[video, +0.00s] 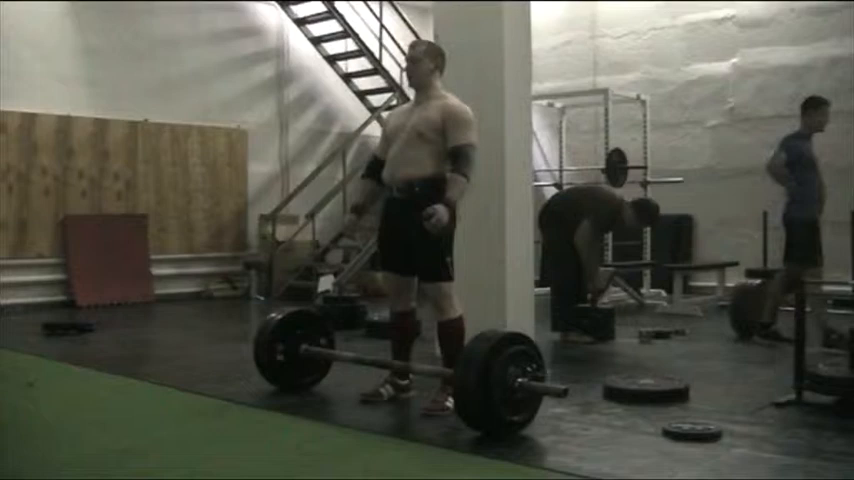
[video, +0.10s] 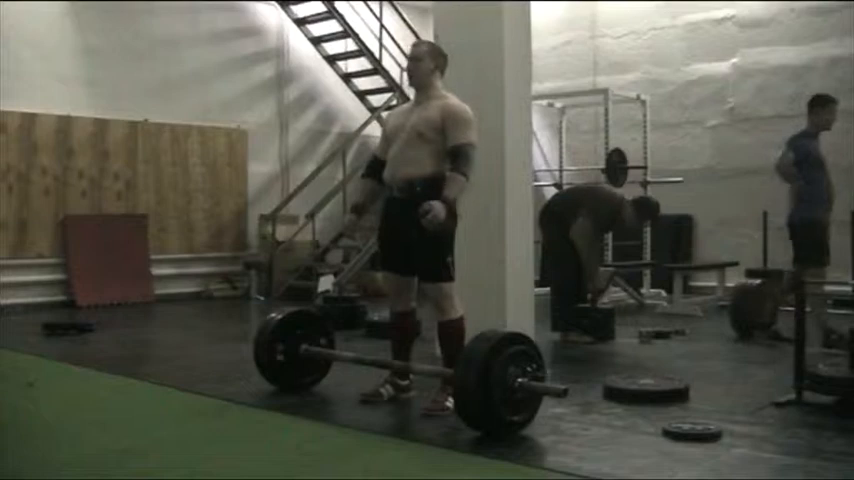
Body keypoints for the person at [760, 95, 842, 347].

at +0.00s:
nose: (826, 121)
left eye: (826, 116)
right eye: (823, 116)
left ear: (814, 117)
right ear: (808, 115)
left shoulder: (805, 144)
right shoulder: (793, 142)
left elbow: (809, 175)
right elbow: (773, 166)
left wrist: (816, 194)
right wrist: (792, 185)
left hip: (806, 215)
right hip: (799, 216)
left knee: (794, 271)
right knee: (811, 273)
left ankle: (767, 322)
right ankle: (822, 330)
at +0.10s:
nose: (833, 119)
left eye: (834, 114)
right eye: (830, 114)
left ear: (820, 115)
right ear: (815, 113)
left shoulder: (812, 143)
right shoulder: (801, 142)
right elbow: (782, 165)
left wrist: (823, 194)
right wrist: (799, 183)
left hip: (815, 218)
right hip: (806, 219)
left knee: (806, 275)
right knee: (813, 276)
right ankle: (820, 331)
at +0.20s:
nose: (844, 118)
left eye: (844, 112)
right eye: (840, 112)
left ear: (830, 113)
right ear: (827, 112)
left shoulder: (821, 142)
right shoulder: (811, 143)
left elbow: (820, 185)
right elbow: (800, 186)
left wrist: (834, 218)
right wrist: (798, 219)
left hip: (826, 219)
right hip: (815, 220)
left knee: (823, 277)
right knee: (815, 279)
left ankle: (818, 333)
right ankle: (811, 340)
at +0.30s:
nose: (850, 117)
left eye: (850, 111)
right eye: (847, 111)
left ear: (831, 111)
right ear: (836, 111)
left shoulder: (819, 141)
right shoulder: (822, 144)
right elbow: (833, 188)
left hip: (821, 220)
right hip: (822, 221)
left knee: (823, 280)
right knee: (823, 280)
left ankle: (820, 333)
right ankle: (817, 337)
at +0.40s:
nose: (849, 115)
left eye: (848, 110)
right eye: (847, 110)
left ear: (841, 111)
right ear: (840, 110)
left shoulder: (831, 138)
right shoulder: (830, 138)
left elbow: (815, 166)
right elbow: (817, 166)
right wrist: (832, 186)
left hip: (838, 216)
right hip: (833, 216)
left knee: (833, 274)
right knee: (831, 275)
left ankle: (829, 328)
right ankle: (828, 329)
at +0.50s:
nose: (850, 114)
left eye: (849, 108)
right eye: (850, 108)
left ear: (845, 108)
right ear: (845, 108)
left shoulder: (835, 135)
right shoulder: (835, 135)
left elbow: (822, 163)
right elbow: (823, 162)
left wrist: (836, 185)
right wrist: (838, 186)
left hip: (839, 214)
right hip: (837, 214)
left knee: (832, 277)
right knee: (831, 276)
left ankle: (831, 332)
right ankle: (830, 332)